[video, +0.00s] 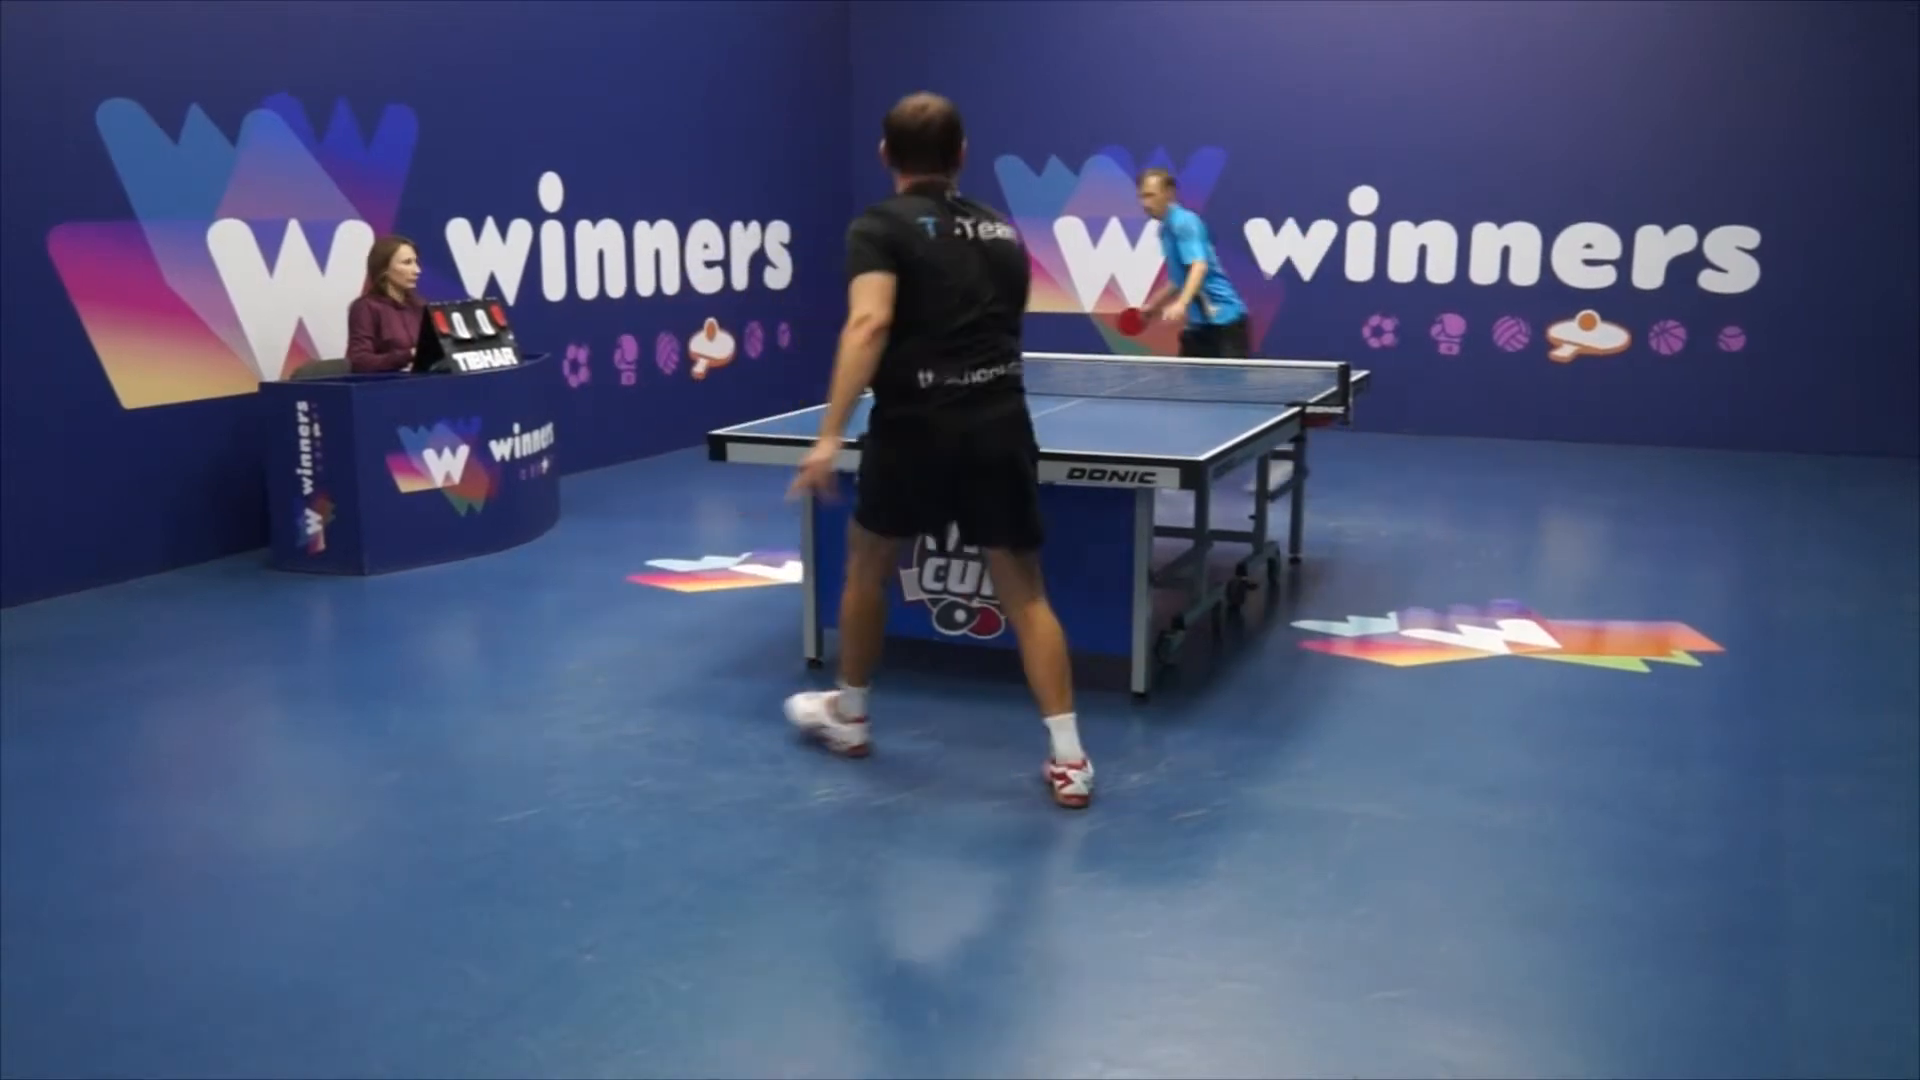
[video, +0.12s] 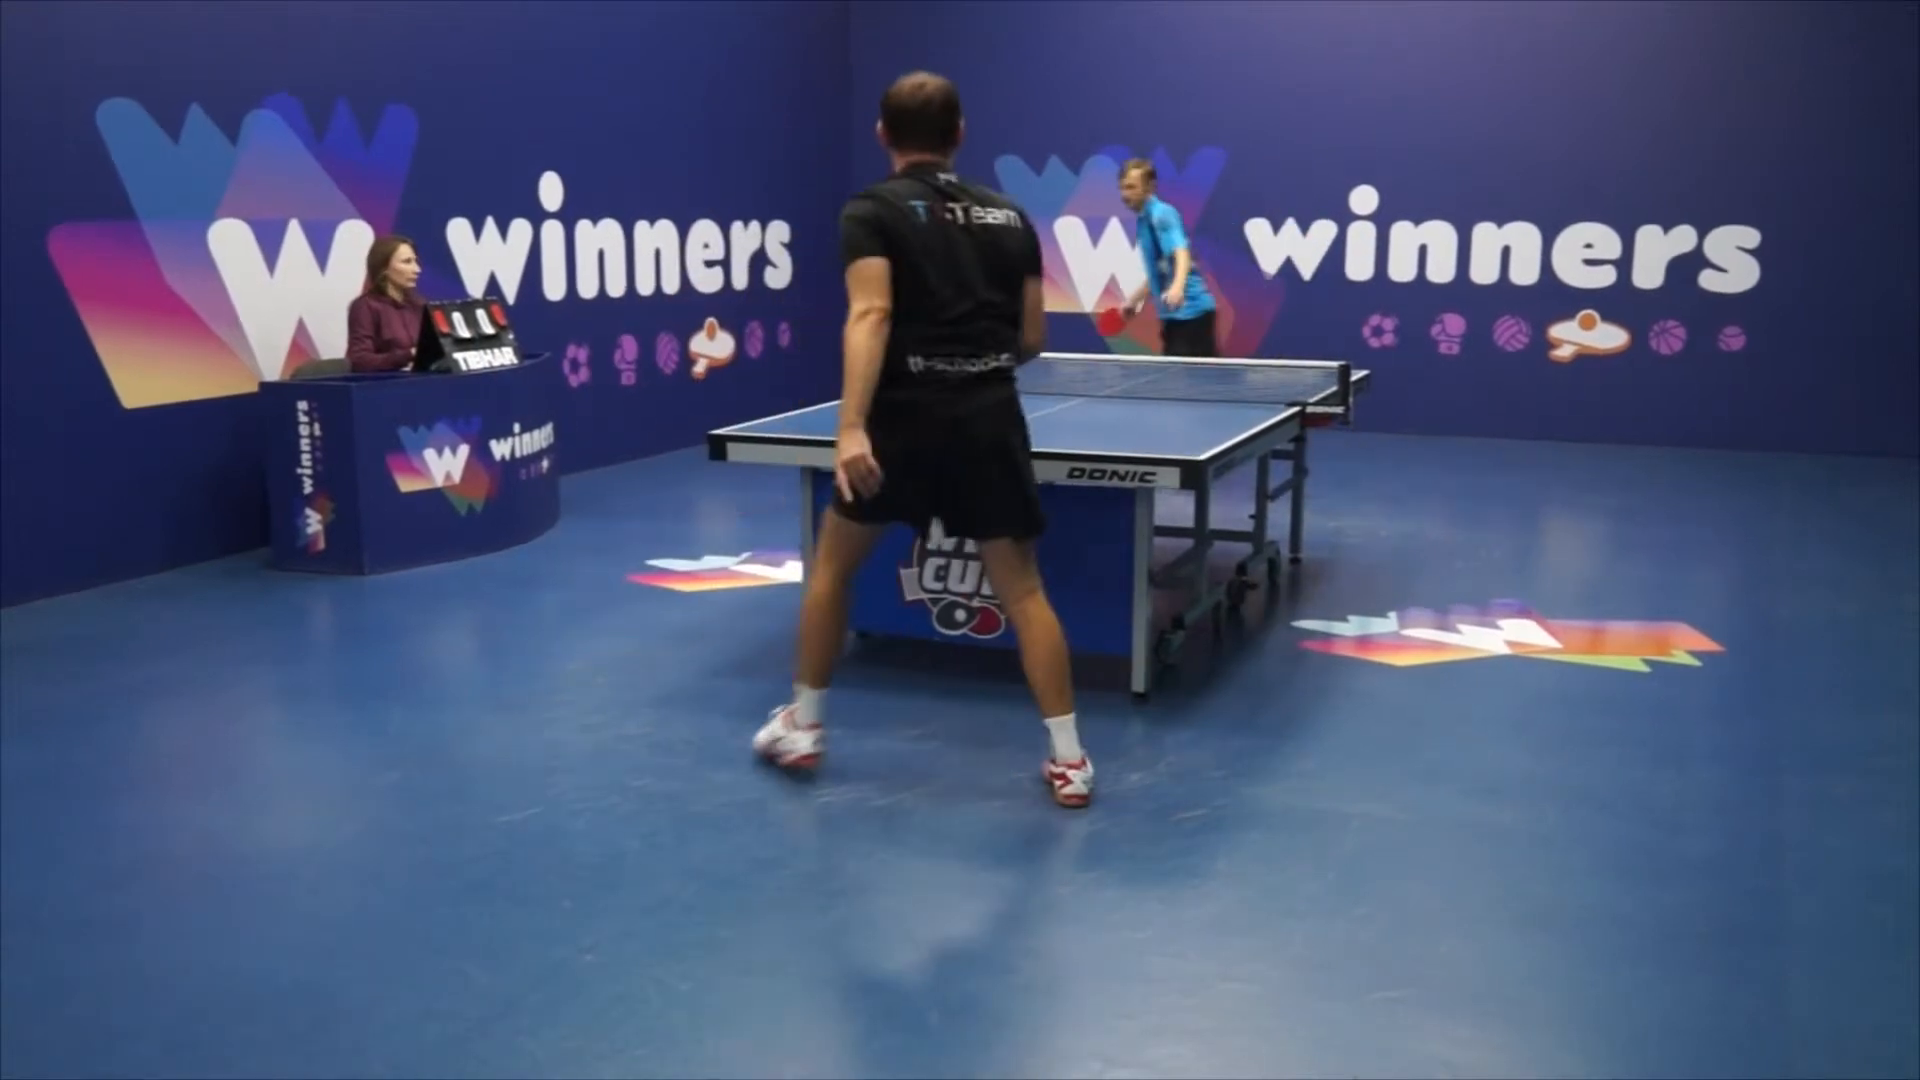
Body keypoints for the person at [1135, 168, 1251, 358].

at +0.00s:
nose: (1145, 203)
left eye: (1150, 196)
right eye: (1142, 197)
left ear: (1169, 194)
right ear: (1139, 197)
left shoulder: (1184, 222)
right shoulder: (1166, 229)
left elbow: (1199, 266)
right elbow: (1177, 281)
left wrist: (1180, 305)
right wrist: (1151, 309)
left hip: (1226, 320)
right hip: (1198, 322)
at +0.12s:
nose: (1125, 194)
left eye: (1131, 187)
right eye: (1123, 188)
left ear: (1149, 187)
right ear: (1120, 189)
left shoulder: (1162, 213)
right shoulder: (1143, 221)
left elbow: (1181, 251)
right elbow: (1157, 271)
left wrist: (1178, 287)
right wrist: (1136, 301)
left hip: (1193, 311)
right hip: (1172, 313)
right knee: (1173, 377)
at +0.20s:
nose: (1115, 190)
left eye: (1122, 184)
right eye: (1113, 183)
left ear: (1140, 186)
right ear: (1110, 182)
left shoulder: (1146, 211)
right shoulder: (1130, 215)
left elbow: (1165, 248)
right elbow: (1142, 272)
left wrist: (1173, 277)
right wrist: (1121, 300)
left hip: (1172, 316)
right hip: (1153, 318)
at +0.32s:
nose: (1099, 188)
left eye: (1107, 184)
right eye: (1098, 182)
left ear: (1123, 188)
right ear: (1095, 181)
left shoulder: (1122, 215)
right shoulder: (1111, 216)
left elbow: (1131, 248)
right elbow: (1119, 272)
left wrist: (1143, 273)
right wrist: (1102, 304)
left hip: (1136, 324)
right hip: (1119, 325)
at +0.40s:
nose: (1087, 189)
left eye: (1095, 185)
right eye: (1086, 183)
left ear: (1111, 190)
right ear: (1083, 182)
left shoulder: (1110, 221)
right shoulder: (1099, 219)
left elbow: (1107, 277)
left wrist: (1085, 317)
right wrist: (1085, 315)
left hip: (1113, 326)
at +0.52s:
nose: (1069, 187)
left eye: (1076, 182)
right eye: (1068, 180)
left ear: (1093, 183)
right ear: (1065, 179)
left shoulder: (1094, 216)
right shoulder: (1083, 212)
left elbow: (1071, 265)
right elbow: (1069, 262)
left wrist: (1033, 300)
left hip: (1094, 317)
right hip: (1076, 317)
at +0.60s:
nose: (1056, 185)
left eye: (1064, 180)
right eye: (1054, 179)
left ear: (1081, 182)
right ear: (1051, 179)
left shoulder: (1076, 216)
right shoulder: (1085, 212)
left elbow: (1044, 260)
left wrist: (1009, 292)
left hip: (1077, 315)